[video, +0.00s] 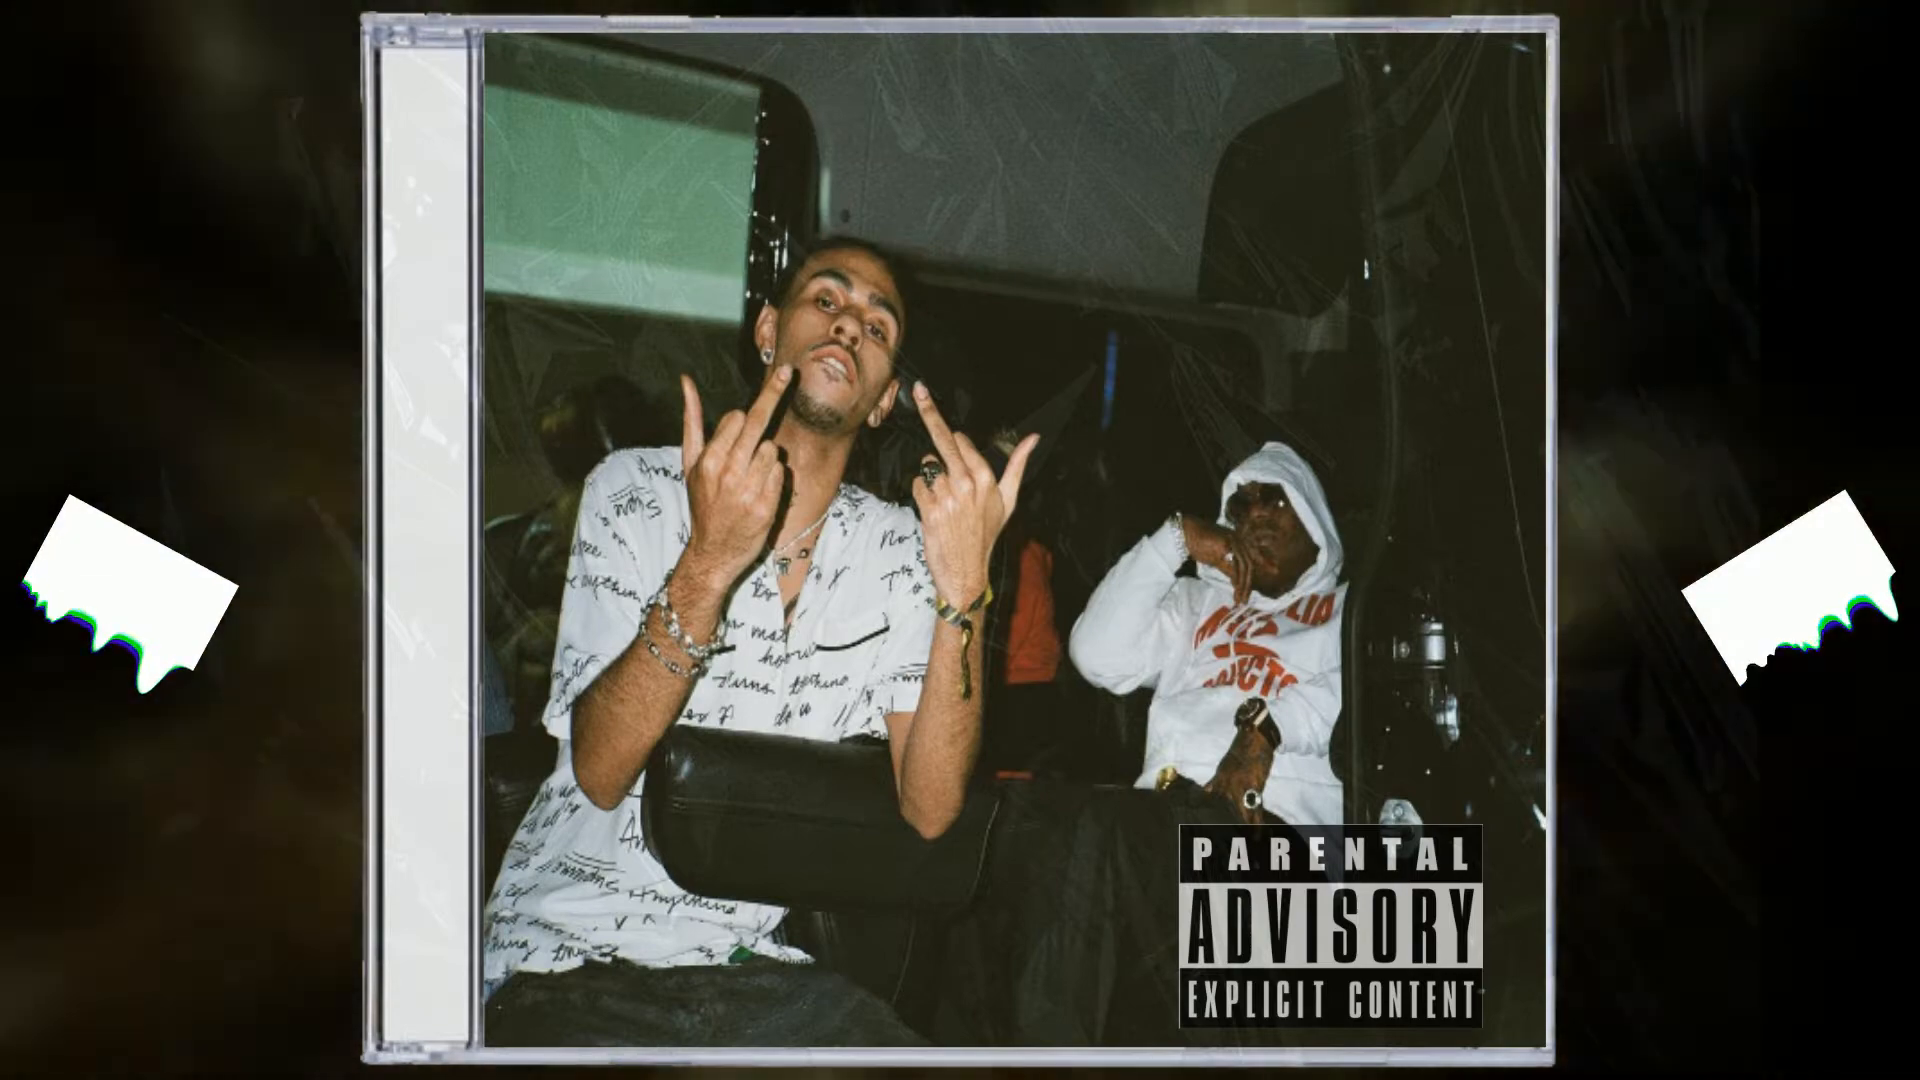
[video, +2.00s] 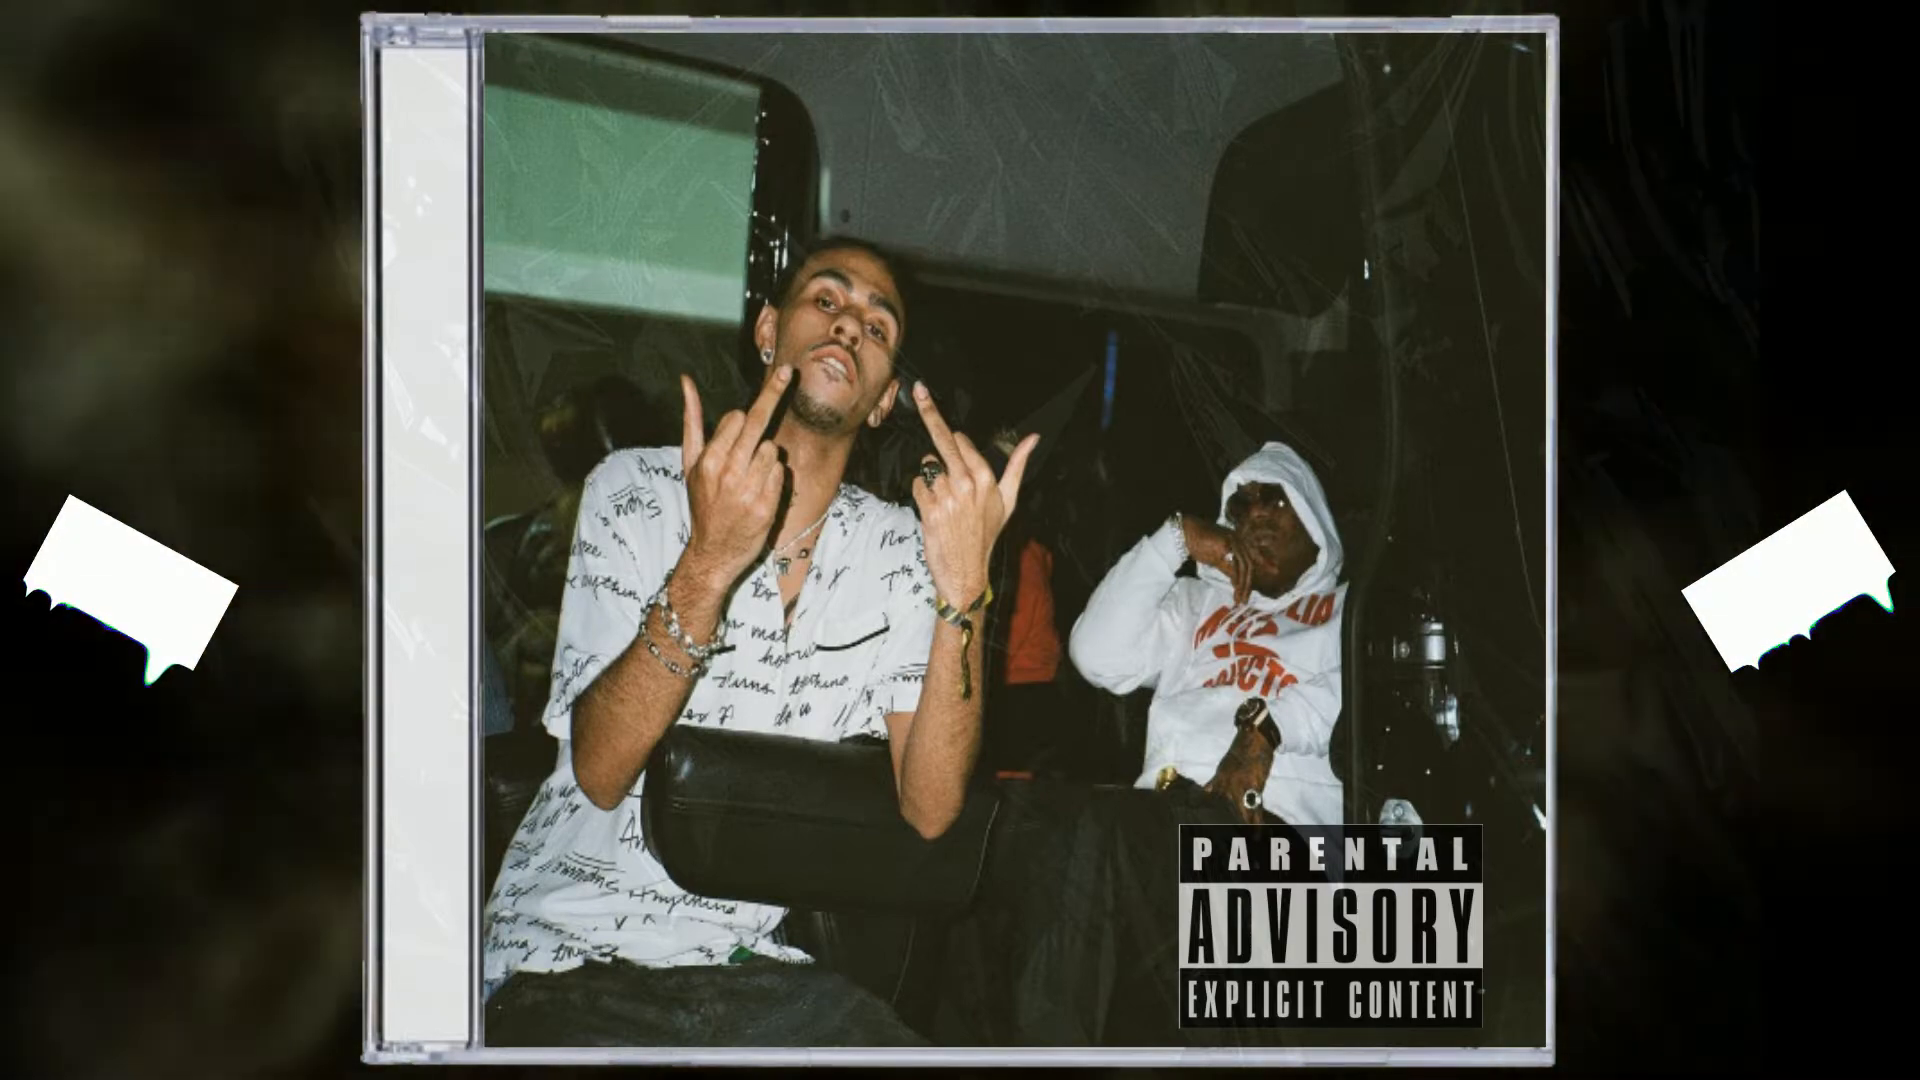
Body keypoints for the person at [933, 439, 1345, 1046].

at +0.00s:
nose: (1258, 518)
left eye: (1278, 501)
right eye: (1245, 503)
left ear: (1318, 521)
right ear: (1227, 523)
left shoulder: (1351, 607)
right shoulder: (1198, 601)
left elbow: (1342, 703)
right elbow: (1099, 657)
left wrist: (1268, 726)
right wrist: (1177, 539)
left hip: (1282, 817)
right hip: (1166, 806)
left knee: (1101, 824)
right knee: (1025, 809)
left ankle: (1052, 1053)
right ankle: (969, 1046)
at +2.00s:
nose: (1259, 517)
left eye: (1279, 501)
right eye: (1245, 502)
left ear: (1318, 521)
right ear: (1227, 523)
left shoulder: (1351, 606)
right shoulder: (1197, 601)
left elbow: (1356, 700)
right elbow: (1099, 658)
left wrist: (1269, 726)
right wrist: (1177, 539)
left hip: (1284, 817)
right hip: (1165, 807)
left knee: (1099, 825)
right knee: (1024, 810)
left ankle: (1052, 1053)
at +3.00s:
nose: (1259, 517)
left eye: (1280, 501)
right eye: (1246, 502)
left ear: (1319, 522)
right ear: (1227, 523)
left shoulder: (1351, 605)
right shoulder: (1197, 601)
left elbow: (1354, 702)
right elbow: (1099, 658)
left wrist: (1269, 725)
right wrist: (1176, 539)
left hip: (1286, 816)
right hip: (1166, 807)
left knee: (1102, 825)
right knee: (1027, 811)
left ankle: (1052, 1051)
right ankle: (972, 1047)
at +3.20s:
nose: (1258, 517)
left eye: (1279, 501)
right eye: (1245, 502)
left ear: (1318, 522)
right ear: (1227, 523)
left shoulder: (1351, 607)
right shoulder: (1197, 601)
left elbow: (1349, 703)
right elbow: (1099, 657)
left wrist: (1268, 725)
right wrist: (1177, 539)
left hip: (1284, 815)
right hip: (1166, 806)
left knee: (1100, 825)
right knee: (1027, 810)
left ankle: (1052, 1052)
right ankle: (970, 1047)